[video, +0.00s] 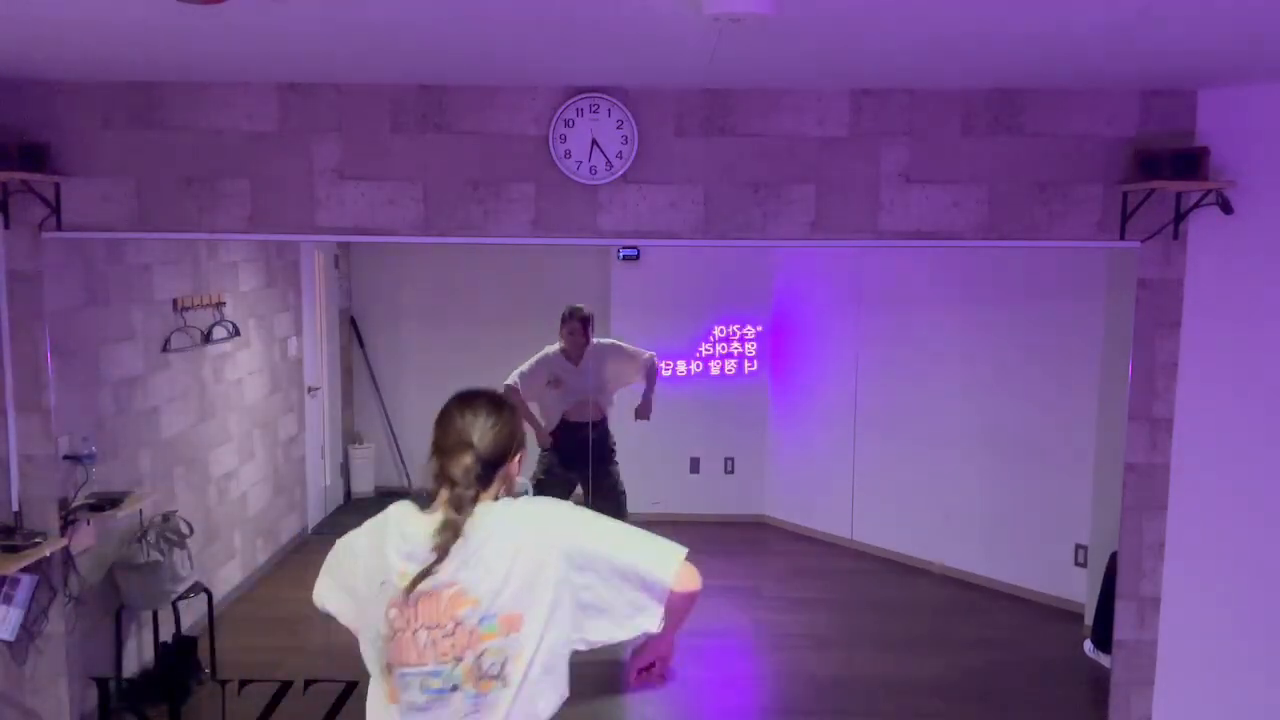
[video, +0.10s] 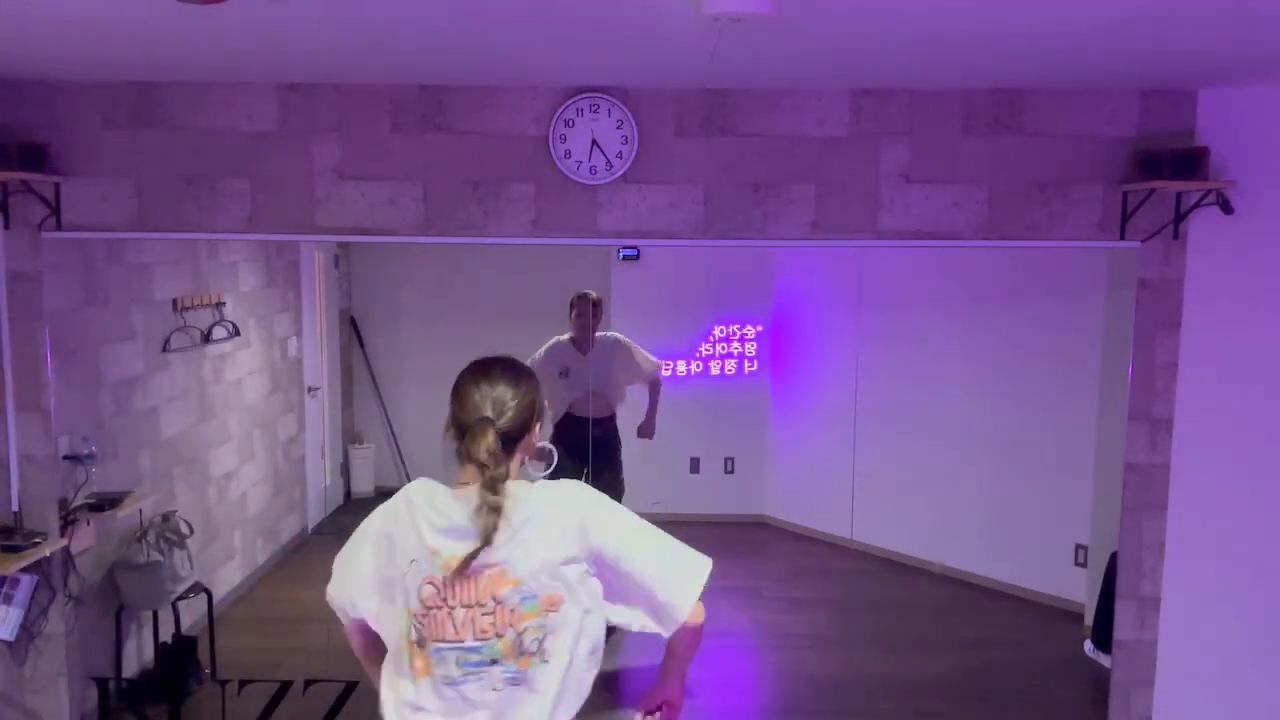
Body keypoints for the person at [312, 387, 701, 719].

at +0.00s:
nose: (526, 464)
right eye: (526, 455)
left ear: (437, 454)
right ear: (513, 465)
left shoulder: (388, 528)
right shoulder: (547, 522)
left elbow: (330, 591)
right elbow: (685, 582)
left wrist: (385, 642)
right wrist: (661, 640)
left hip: (393, 711)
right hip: (513, 708)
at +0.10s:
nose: (544, 431)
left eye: (541, 418)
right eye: (544, 420)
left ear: (453, 426)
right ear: (534, 435)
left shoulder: (404, 510)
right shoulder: (574, 507)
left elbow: (348, 604)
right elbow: (690, 616)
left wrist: (394, 685)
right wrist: (671, 686)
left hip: (421, 706)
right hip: (534, 706)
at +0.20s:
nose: (551, 429)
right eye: (551, 420)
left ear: (459, 428)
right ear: (545, 431)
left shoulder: (414, 528)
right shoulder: (594, 527)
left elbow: (386, 681)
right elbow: (662, 679)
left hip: (442, 710)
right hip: (561, 709)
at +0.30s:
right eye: (558, 429)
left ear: (464, 444)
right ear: (552, 445)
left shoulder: (417, 542)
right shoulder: (603, 544)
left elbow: (392, 702)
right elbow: (642, 701)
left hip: (452, 712)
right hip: (570, 710)